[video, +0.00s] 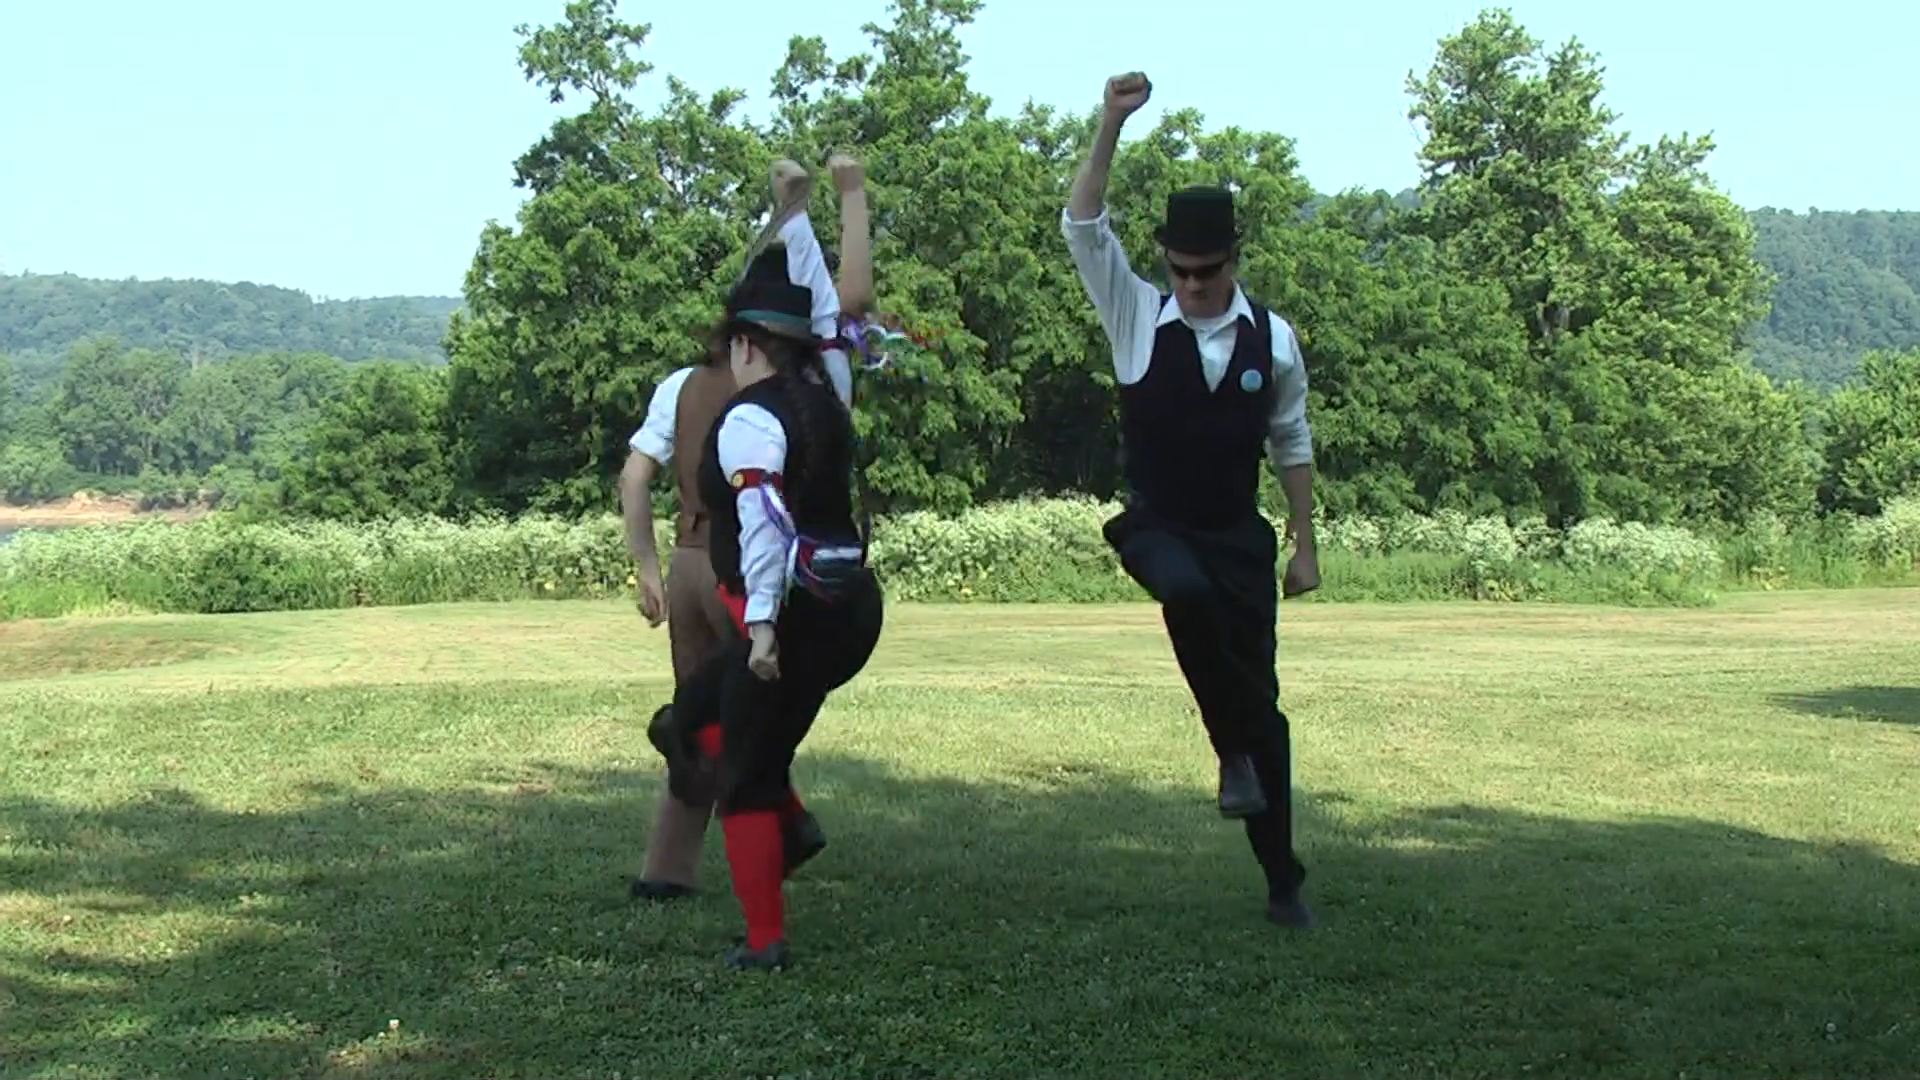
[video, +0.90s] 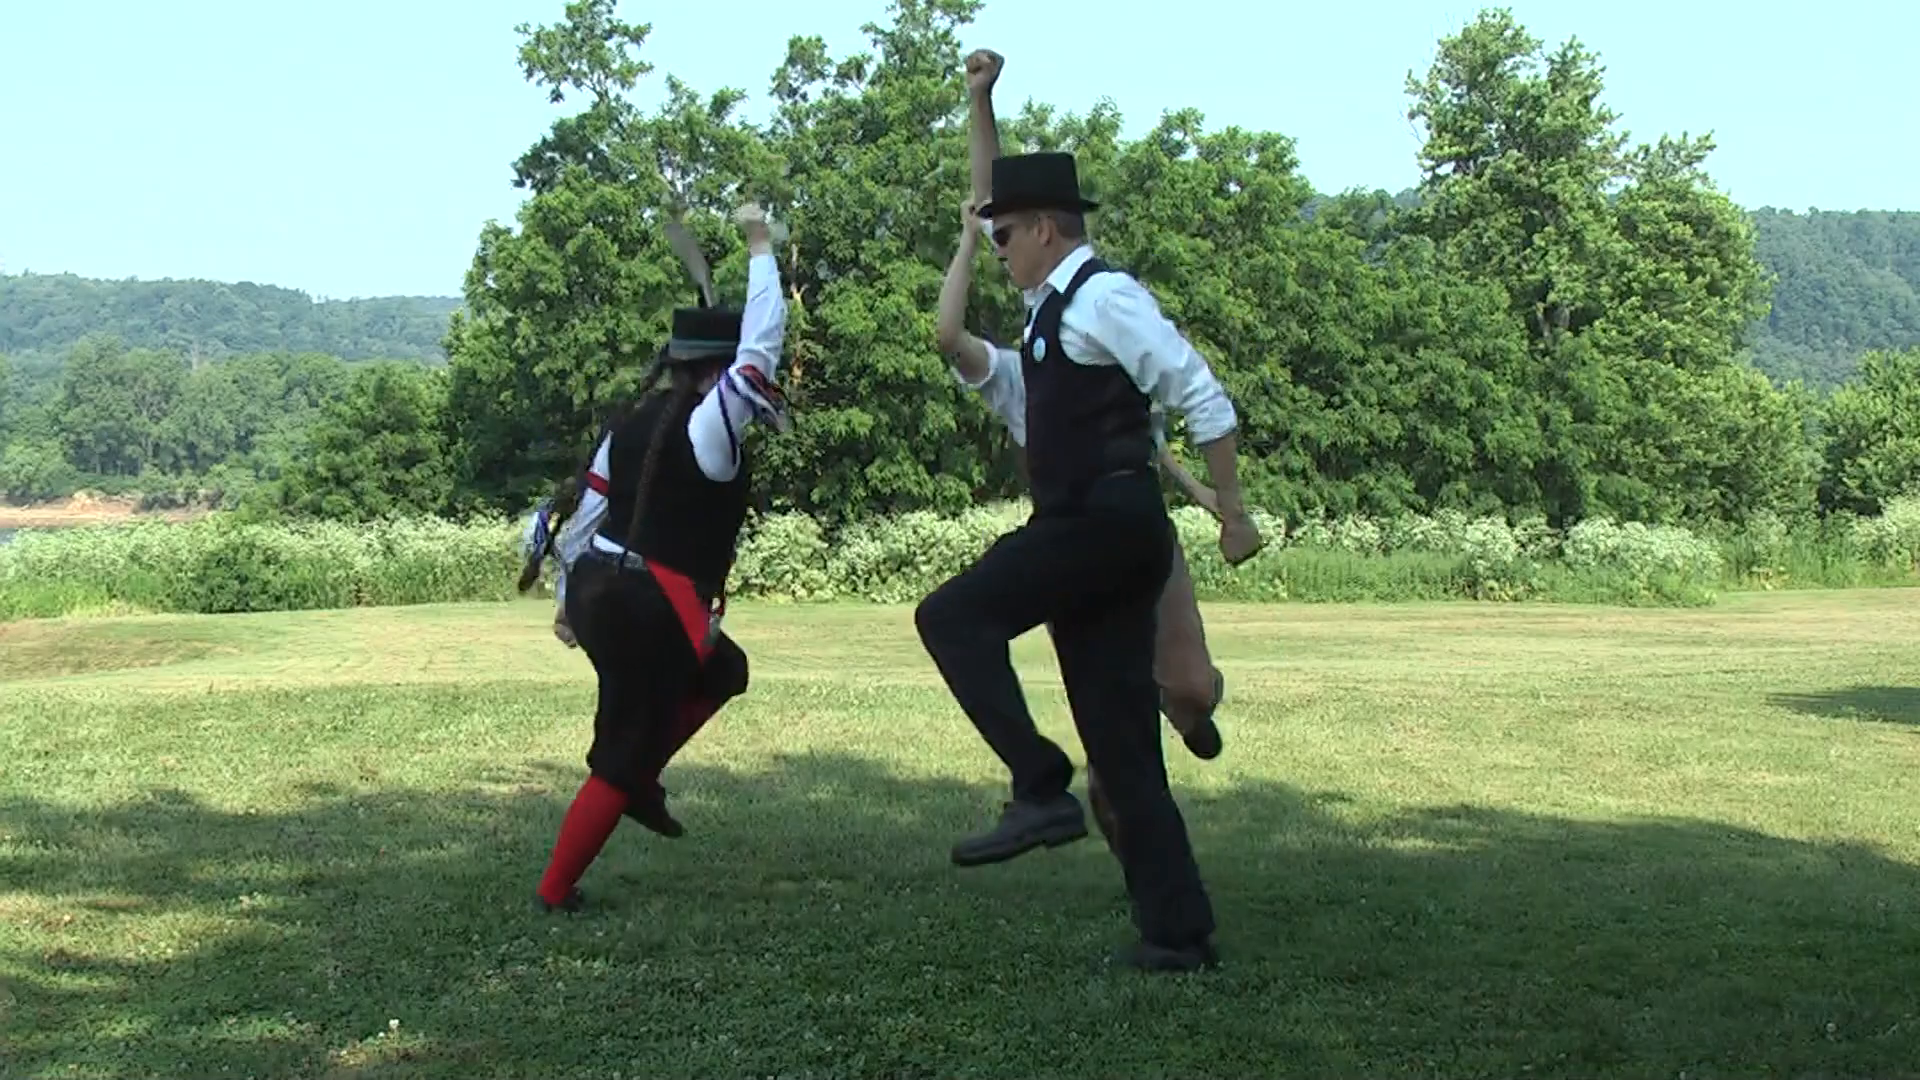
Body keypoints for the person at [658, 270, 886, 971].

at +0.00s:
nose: (731, 361)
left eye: (733, 348)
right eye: (734, 348)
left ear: (750, 350)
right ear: (799, 346)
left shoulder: (748, 419)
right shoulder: (826, 394)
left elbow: (764, 520)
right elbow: (825, 316)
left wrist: (763, 620)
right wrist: (793, 210)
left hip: (797, 605)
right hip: (854, 600)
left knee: (745, 765)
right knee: (692, 713)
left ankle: (765, 939)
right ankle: (789, 820)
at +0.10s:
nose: (702, 370)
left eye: (705, 361)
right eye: (708, 360)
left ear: (716, 367)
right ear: (773, 367)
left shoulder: (707, 439)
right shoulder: (803, 420)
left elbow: (709, 543)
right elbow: (799, 339)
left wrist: (704, 635)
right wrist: (763, 235)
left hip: (762, 628)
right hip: (823, 622)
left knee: (703, 786)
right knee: (664, 707)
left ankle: (764, 938)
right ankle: (707, 858)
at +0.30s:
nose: (684, 346)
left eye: (682, 336)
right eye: (706, 337)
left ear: (681, 346)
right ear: (743, 352)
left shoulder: (647, 414)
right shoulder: (771, 406)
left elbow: (613, 511)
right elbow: (783, 318)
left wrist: (589, 605)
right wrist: (766, 221)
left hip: (666, 587)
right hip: (752, 591)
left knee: (667, 754)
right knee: (644, 720)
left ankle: (729, 905)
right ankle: (603, 871)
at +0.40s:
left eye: (684, 354)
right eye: (708, 357)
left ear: (666, 361)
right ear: (729, 371)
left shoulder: (623, 427)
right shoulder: (751, 431)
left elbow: (588, 520)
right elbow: (784, 344)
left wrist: (556, 613)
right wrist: (767, 247)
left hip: (628, 602)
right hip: (719, 611)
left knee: (584, 764)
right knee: (645, 761)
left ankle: (648, 864)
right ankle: (593, 908)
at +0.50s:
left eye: (675, 362)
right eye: (708, 370)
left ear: (654, 371)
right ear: (713, 382)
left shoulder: (604, 434)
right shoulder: (731, 439)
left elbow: (564, 530)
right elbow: (779, 356)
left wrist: (532, 612)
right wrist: (759, 263)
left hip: (602, 613)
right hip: (692, 623)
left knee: (567, 716)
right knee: (633, 762)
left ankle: (562, 823)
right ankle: (591, 912)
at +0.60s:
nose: (718, 354)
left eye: (708, 344)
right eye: (714, 344)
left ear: (649, 344)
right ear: (710, 351)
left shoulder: (596, 406)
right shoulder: (727, 403)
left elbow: (550, 497)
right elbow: (770, 328)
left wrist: (524, 578)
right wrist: (764, 233)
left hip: (590, 581)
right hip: (680, 598)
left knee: (601, 647)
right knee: (629, 752)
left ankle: (558, 761)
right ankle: (591, 901)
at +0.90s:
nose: (737, 378)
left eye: (733, 367)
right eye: (734, 369)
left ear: (675, 365)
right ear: (716, 372)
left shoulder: (628, 424)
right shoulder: (714, 421)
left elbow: (590, 511)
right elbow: (760, 347)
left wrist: (570, 590)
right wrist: (762, 251)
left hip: (595, 584)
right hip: (654, 600)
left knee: (726, 668)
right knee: (626, 756)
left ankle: (642, 774)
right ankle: (555, 890)